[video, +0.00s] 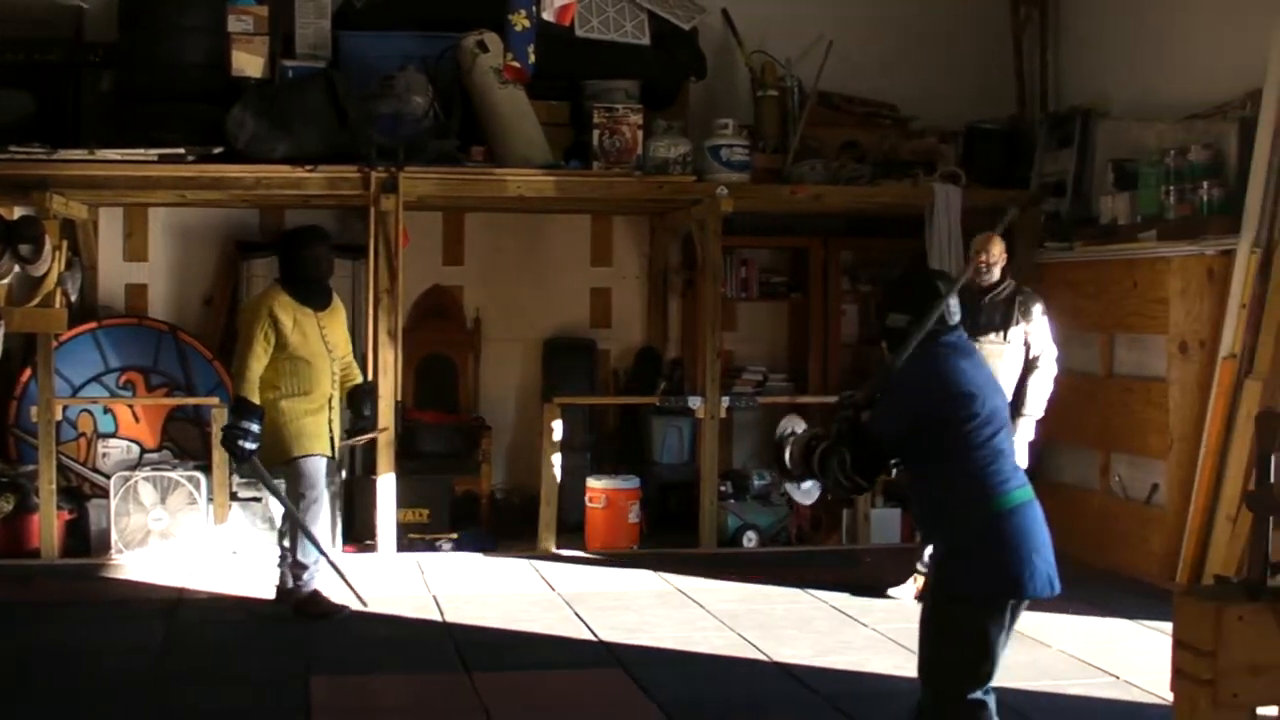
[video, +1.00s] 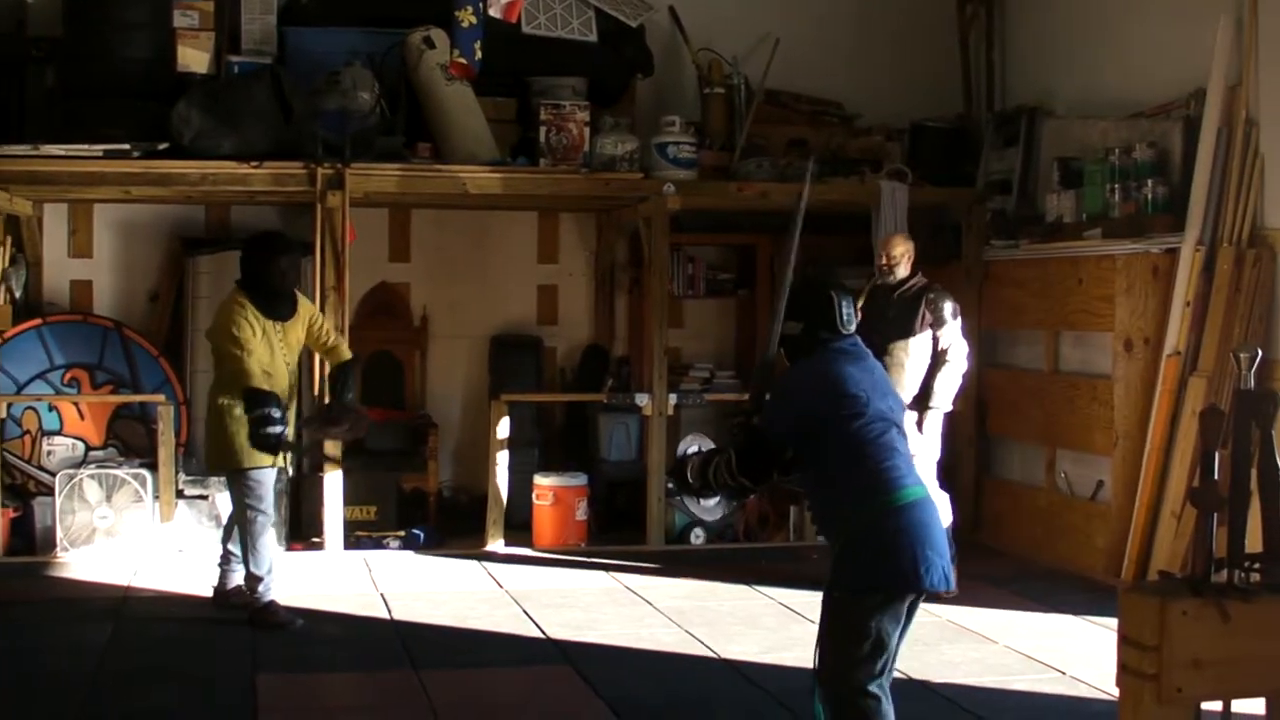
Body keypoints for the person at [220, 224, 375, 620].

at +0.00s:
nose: (327, 266)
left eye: (328, 257)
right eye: (318, 258)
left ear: (331, 262)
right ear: (295, 262)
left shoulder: (333, 306)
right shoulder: (270, 306)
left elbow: (345, 360)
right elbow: (249, 365)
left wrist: (361, 394)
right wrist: (246, 418)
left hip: (325, 419)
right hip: (292, 419)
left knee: (307, 499)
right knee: (313, 495)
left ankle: (291, 582)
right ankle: (304, 585)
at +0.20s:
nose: (311, 270)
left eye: (312, 262)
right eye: (301, 263)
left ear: (312, 265)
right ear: (277, 266)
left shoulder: (315, 308)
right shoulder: (253, 309)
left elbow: (327, 362)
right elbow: (230, 371)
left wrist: (340, 396)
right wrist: (223, 428)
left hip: (307, 426)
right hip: (273, 427)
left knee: (287, 508)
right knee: (287, 508)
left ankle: (267, 585)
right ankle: (286, 591)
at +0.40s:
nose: (301, 270)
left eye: (301, 262)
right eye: (292, 262)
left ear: (301, 266)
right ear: (268, 266)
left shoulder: (305, 309)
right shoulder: (237, 311)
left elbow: (313, 368)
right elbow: (216, 376)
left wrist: (321, 421)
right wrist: (212, 437)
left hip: (293, 430)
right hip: (256, 432)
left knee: (269, 512)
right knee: (269, 514)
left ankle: (249, 587)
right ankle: (270, 595)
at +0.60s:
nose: (290, 273)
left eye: (291, 265)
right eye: (281, 265)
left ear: (291, 268)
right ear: (257, 268)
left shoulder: (294, 309)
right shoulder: (229, 314)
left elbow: (303, 367)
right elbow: (212, 380)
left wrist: (311, 420)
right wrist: (207, 439)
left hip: (276, 431)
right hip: (242, 432)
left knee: (249, 511)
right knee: (254, 516)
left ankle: (228, 583)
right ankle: (253, 596)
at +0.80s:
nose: (287, 274)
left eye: (289, 265)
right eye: (278, 265)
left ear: (290, 267)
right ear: (254, 268)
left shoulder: (294, 309)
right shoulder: (231, 314)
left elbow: (306, 360)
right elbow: (227, 379)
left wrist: (316, 410)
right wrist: (230, 438)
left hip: (275, 434)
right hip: (243, 434)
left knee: (248, 509)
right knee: (251, 513)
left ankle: (222, 583)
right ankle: (252, 595)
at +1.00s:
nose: (291, 276)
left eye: (294, 268)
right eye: (283, 268)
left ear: (295, 268)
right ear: (259, 271)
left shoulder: (299, 308)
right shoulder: (236, 313)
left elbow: (331, 342)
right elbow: (244, 365)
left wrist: (343, 386)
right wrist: (263, 407)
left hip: (277, 418)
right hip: (240, 419)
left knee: (253, 504)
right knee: (258, 507)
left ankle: (230, 583)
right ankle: (262, 596)